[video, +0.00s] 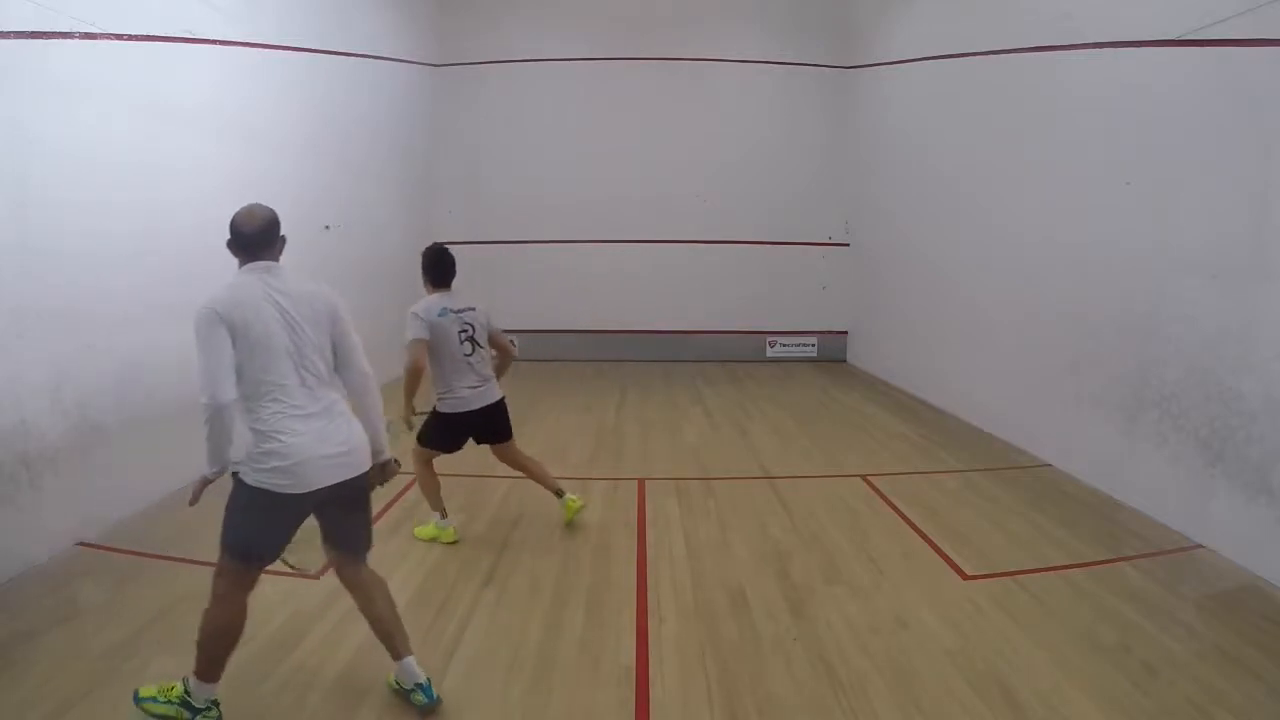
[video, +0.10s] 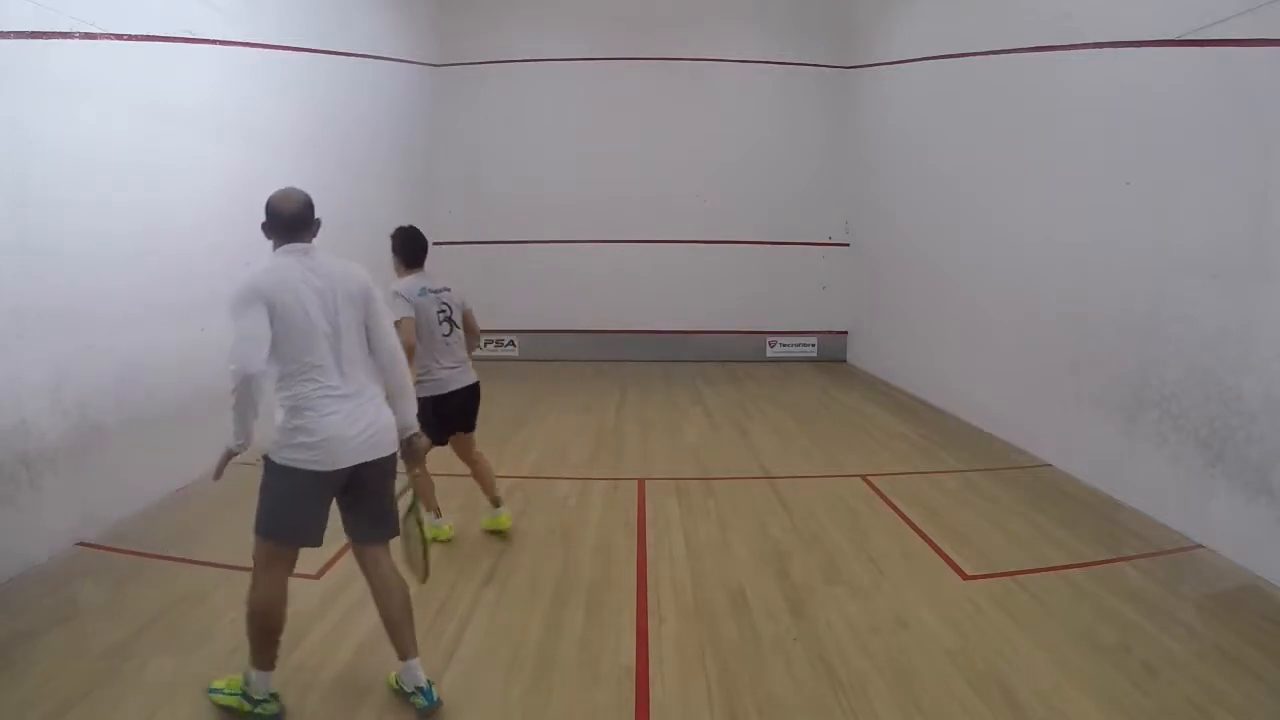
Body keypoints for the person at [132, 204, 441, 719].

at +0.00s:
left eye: (231, 242)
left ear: (230, 249)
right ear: (281, 244)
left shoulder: (220, 308)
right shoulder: (322, 297)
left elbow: (221, 399)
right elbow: (361, 378)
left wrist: (215, 465)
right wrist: (380, 448)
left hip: (275, 472)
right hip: (347, 460)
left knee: (231, 586)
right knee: (353, 563)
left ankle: (200, 695)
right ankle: (413, 676)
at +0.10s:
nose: (266, 232)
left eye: (265, 226)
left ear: (266, 232)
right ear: (316, 227)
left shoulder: (257, 286)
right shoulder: (357, 277)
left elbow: (247, 370)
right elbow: (392, 358)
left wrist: (241, 437)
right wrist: (409, 426)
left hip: (303, 451)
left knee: (272, 564)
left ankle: (259, 686)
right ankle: (415, 677)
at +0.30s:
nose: (319, 221)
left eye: (318, 213)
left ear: (321, 215)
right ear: (368, 214)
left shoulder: (304, 263)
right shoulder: (405, 261)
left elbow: (290, 339)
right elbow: (450, 336)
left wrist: (288, 413)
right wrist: (486, 399)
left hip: (351, 434)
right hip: (415, 422)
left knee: (366, 543)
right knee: (406, 509)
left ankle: (418, 665)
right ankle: (452, 615)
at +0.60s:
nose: (373, 247)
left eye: (377, 238)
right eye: (374, 238)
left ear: (396, 236)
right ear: (419, 236)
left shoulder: (386, 279)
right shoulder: (467, 279)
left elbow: (386, 349)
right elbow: (490, 352)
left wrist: (369, 430)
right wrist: (503, 414)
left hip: (423, 428)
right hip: (479, 417)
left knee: (407, 523)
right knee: (488, 494)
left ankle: (430, 628)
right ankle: (517, 586)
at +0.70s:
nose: (385, 244)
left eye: (389, 235)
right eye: (384, 236)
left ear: (412, 232)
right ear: (425, 232)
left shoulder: (400, 272)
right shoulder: (474, 270)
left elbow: (409, 340)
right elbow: (493, 343)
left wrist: (402, 421)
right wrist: (502, 410)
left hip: (435, 412)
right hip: (488, 405)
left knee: (416, 497)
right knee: (493, 488)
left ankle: (451, 593)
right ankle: (517, 584)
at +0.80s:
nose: (391, 241)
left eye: (396, 231)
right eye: (391, 233)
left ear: (421, 229)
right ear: (432, 230)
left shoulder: (411, 267)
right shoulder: (476, 266)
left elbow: (424, 328)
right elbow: (498, 334)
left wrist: (415, 405)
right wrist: (488, 384)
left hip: (445, 402)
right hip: (496, 396)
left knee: (433, 480)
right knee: (499, 486)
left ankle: (460, 570)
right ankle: (517, 583)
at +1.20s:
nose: (393, 243)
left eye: (397, 234)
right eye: (393, 236)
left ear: (420, 233)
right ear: (431, 233)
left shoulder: (410, 269)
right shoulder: (473, 265)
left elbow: (410, 331)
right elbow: (498, 325)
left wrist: (391, 378)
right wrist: (505, 373)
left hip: (440, 389)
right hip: (485, 383)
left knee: (443, 468)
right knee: (473, 449)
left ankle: (463, 548)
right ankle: (500, 522)